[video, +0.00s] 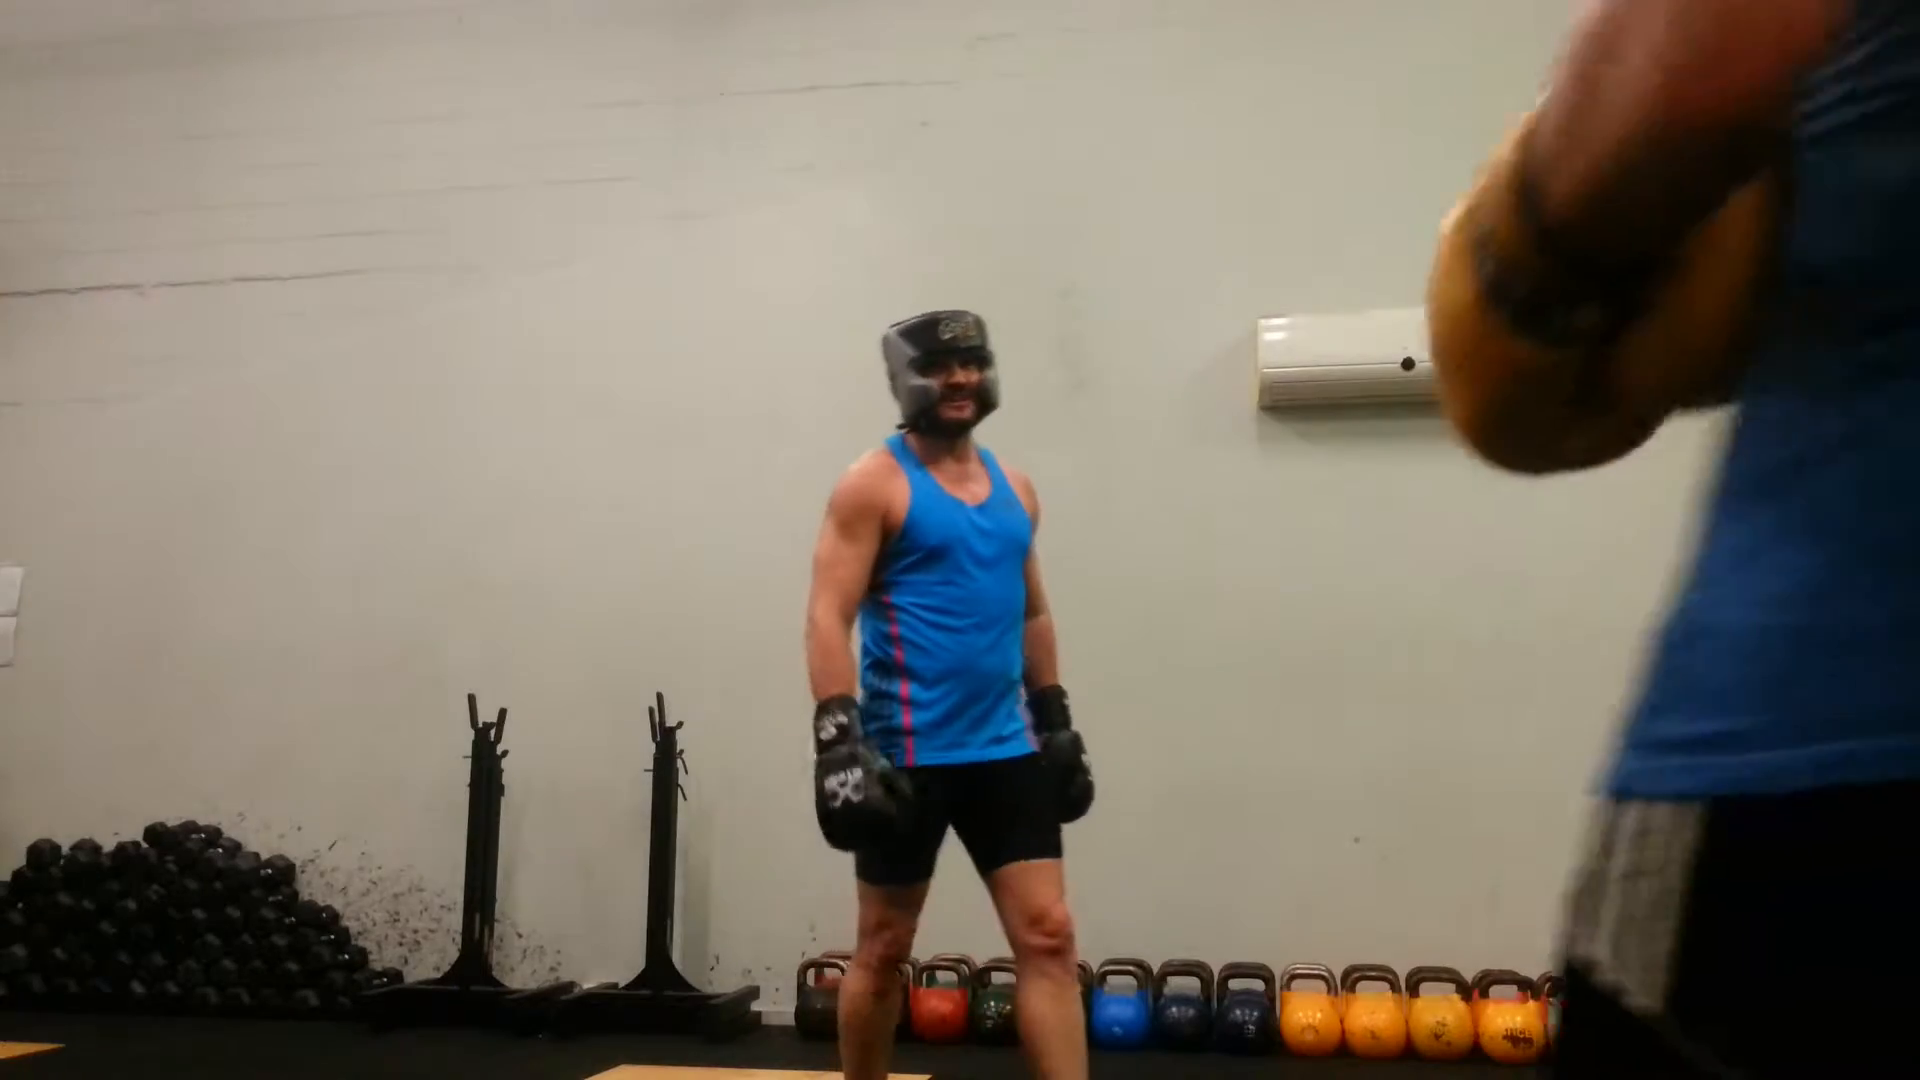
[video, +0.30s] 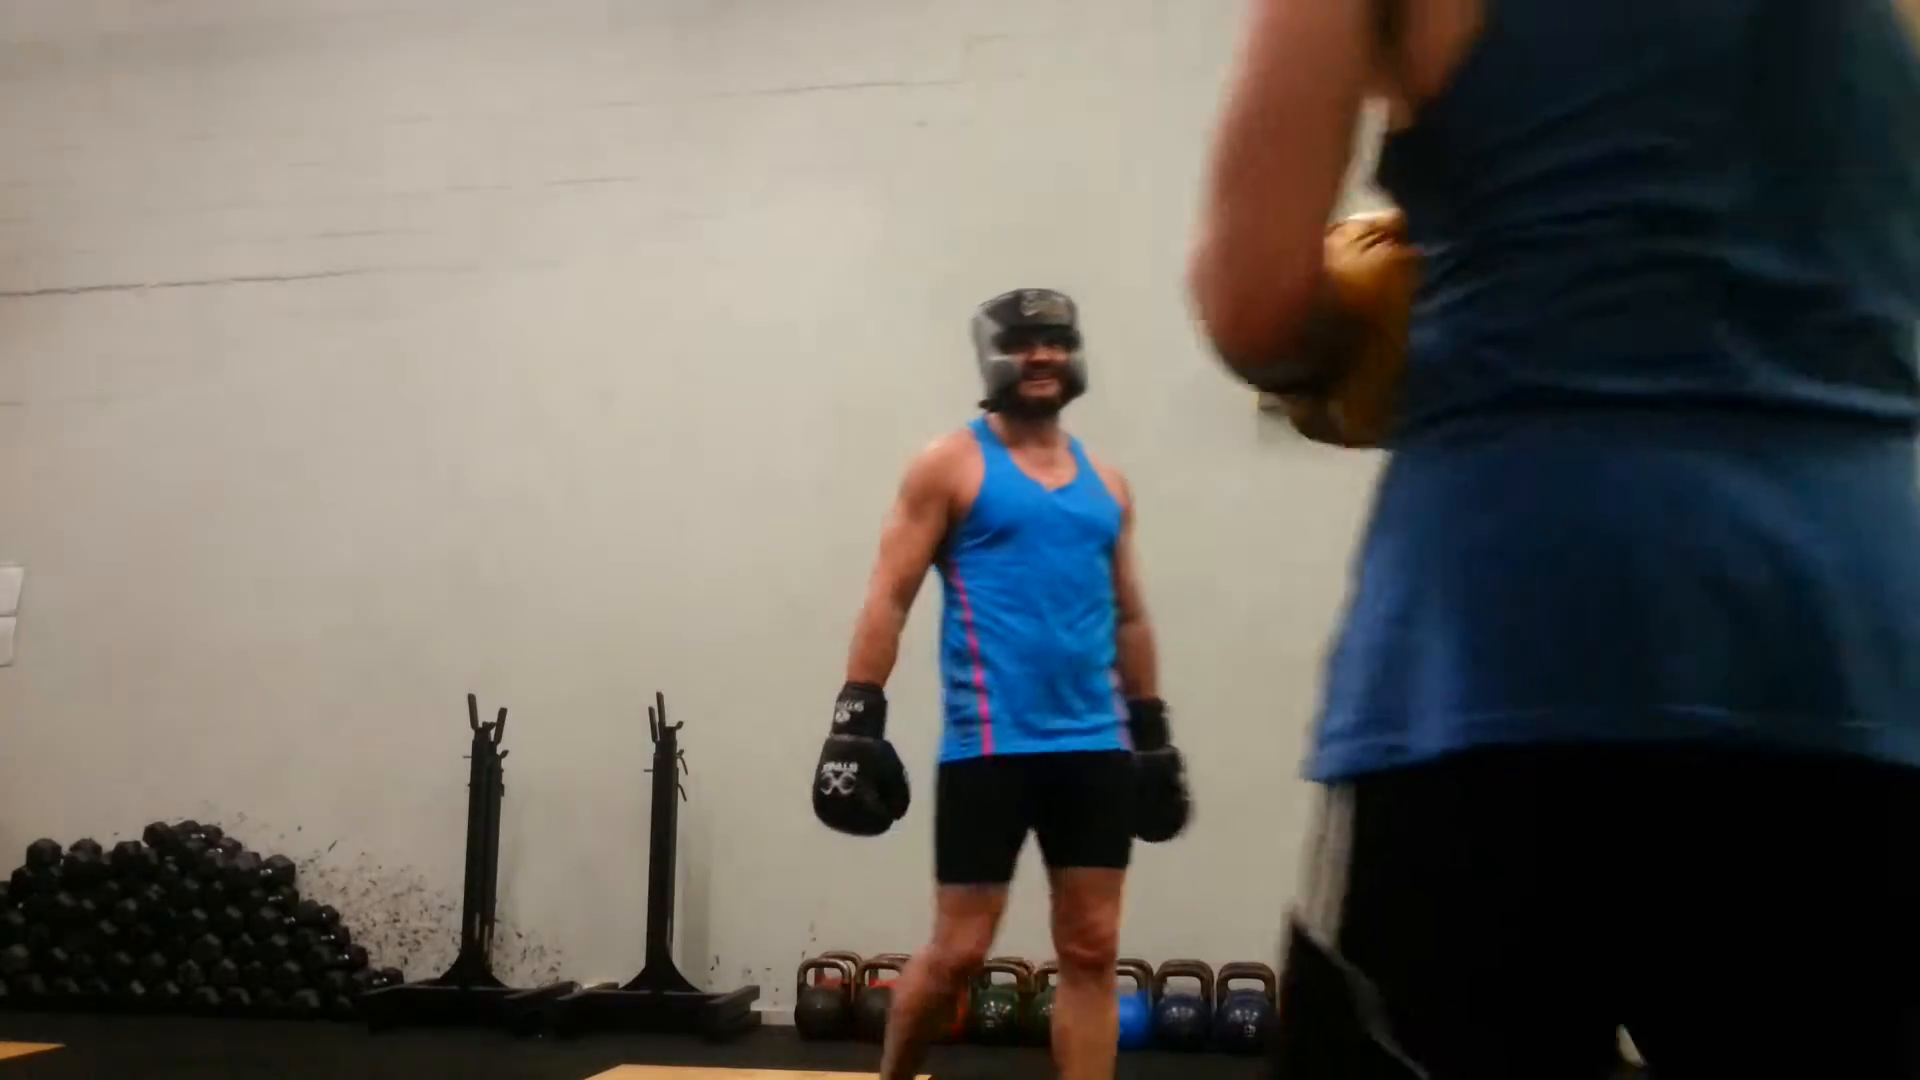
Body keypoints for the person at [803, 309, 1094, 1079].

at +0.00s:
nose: (963, 380)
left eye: (974, 365)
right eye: (942, 368)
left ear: (990, 377)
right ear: (905, 382)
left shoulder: (1012, 487)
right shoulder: (872, 486)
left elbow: (1034, 614)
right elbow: (829, 616)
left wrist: (1054, 727)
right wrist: (838, 745)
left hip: (1005, 751)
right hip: (903, 758)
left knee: (1048, 936)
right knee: (883, 948)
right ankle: (861, 1079)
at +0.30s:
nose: (1040, 355)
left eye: (1055, 342)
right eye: (1021, 342)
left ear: (1076, 361)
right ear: (990, 358)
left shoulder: (1104, 483)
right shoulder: (950, 466)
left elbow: (1129, 617)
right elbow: (889, 595)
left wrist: (1152, 739)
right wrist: (856, 724)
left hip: (1092, 748)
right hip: (985, 751)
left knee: (1092, 950)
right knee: (958, 952)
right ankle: (895, 1074)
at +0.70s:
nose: (1143, 367)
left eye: (1156, 348)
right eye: (1125, 345)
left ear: (1174, 357)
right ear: (1095, 357)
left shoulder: (1199, 474)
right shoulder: (1038, 448)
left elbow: (1256, 600)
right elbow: (966, 574)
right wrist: (952, 692)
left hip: (1166, 735)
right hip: (1067, 725)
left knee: (1133, 957)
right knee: (1113, 949)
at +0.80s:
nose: (1152, 357)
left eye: (1167, 338)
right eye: (1134, 337)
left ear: (1188, 349)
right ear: (1103, 350)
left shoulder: (1218, 461)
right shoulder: (1058, 448)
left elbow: (1261, 596)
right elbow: (984, 578)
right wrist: (974, 699)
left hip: (1194, 732)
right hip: (1092, 728)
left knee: (1139, 959)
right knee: (1151, 952)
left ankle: (1097, 1072)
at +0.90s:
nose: (1189, 368)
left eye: (1201, 347)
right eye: (1168, 349)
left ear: (1222, 354)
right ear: (1133, 359)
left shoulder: (1240, 462)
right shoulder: (1075, 451)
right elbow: (1003, 582)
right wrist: (988, 706)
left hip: (1231, 736)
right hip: (1123, 737)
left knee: (1154, 965)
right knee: (1170, 957)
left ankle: (1110, 1068)